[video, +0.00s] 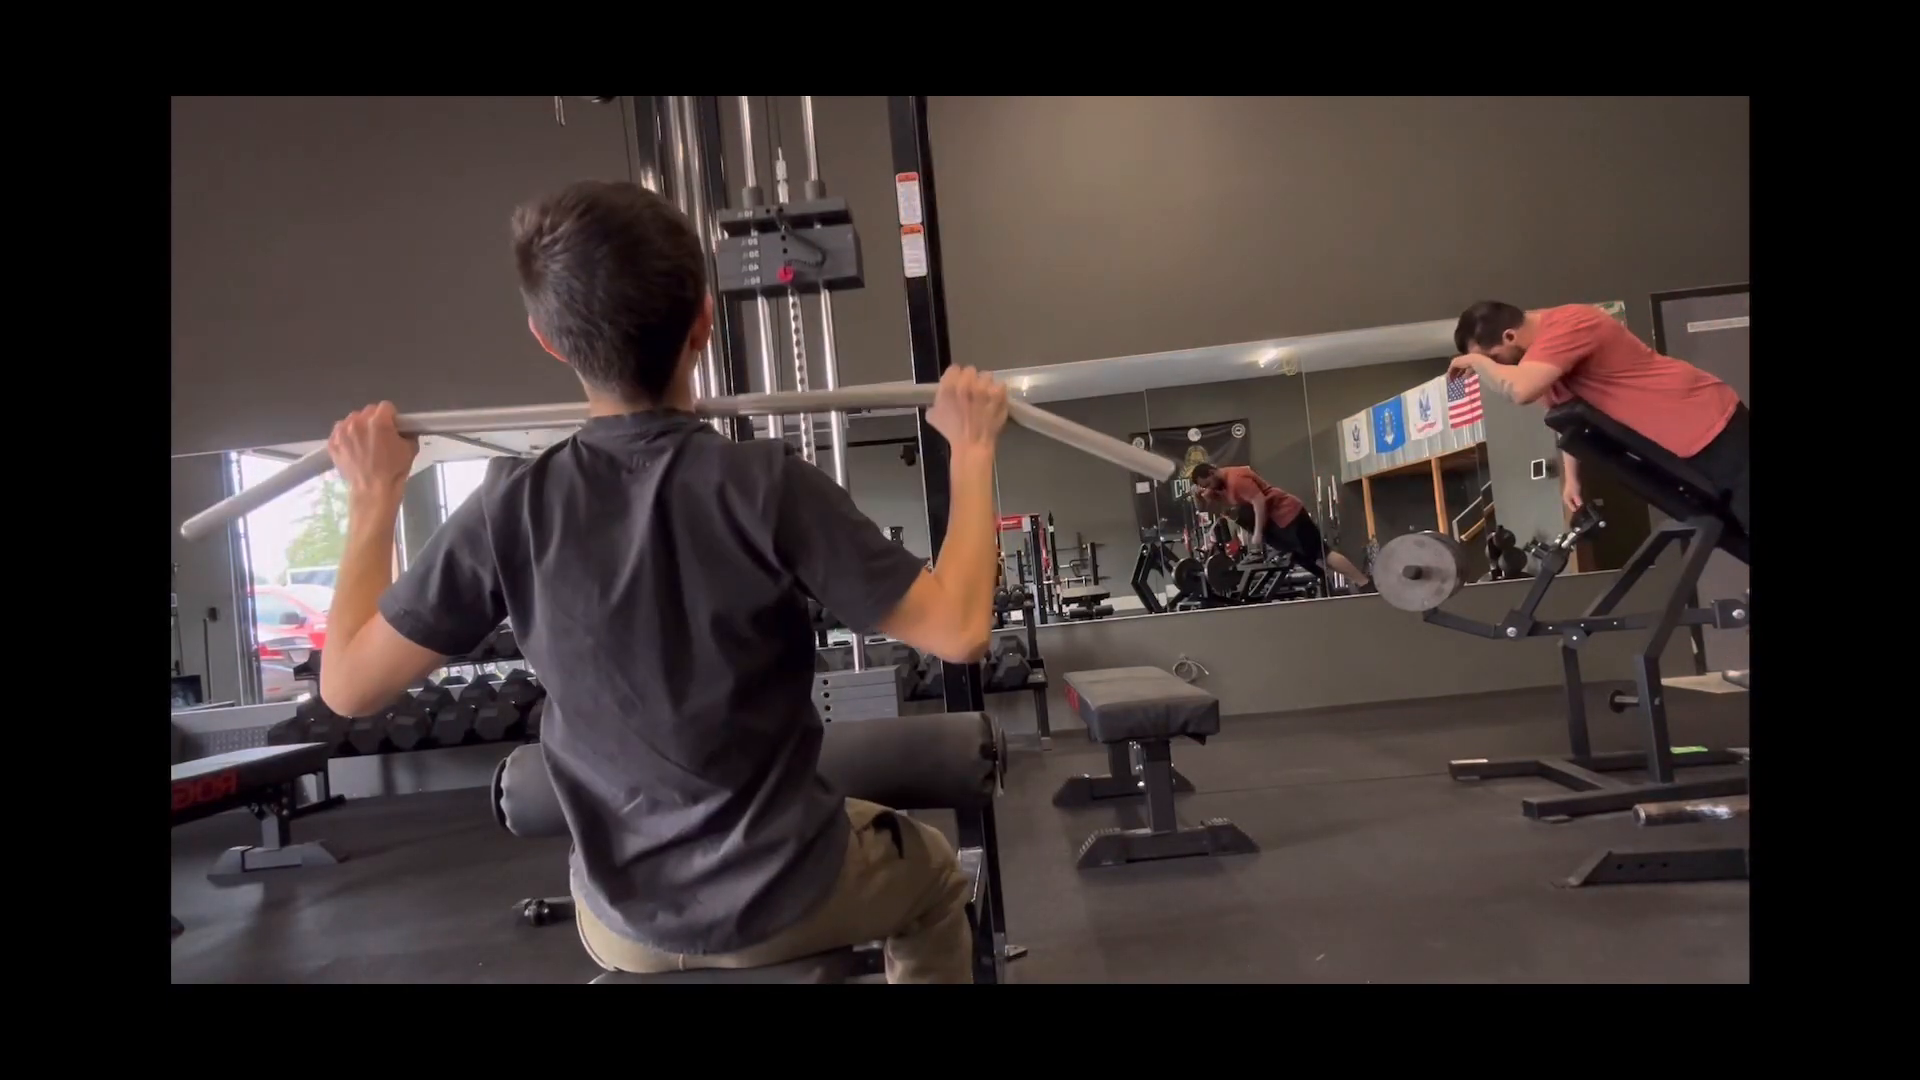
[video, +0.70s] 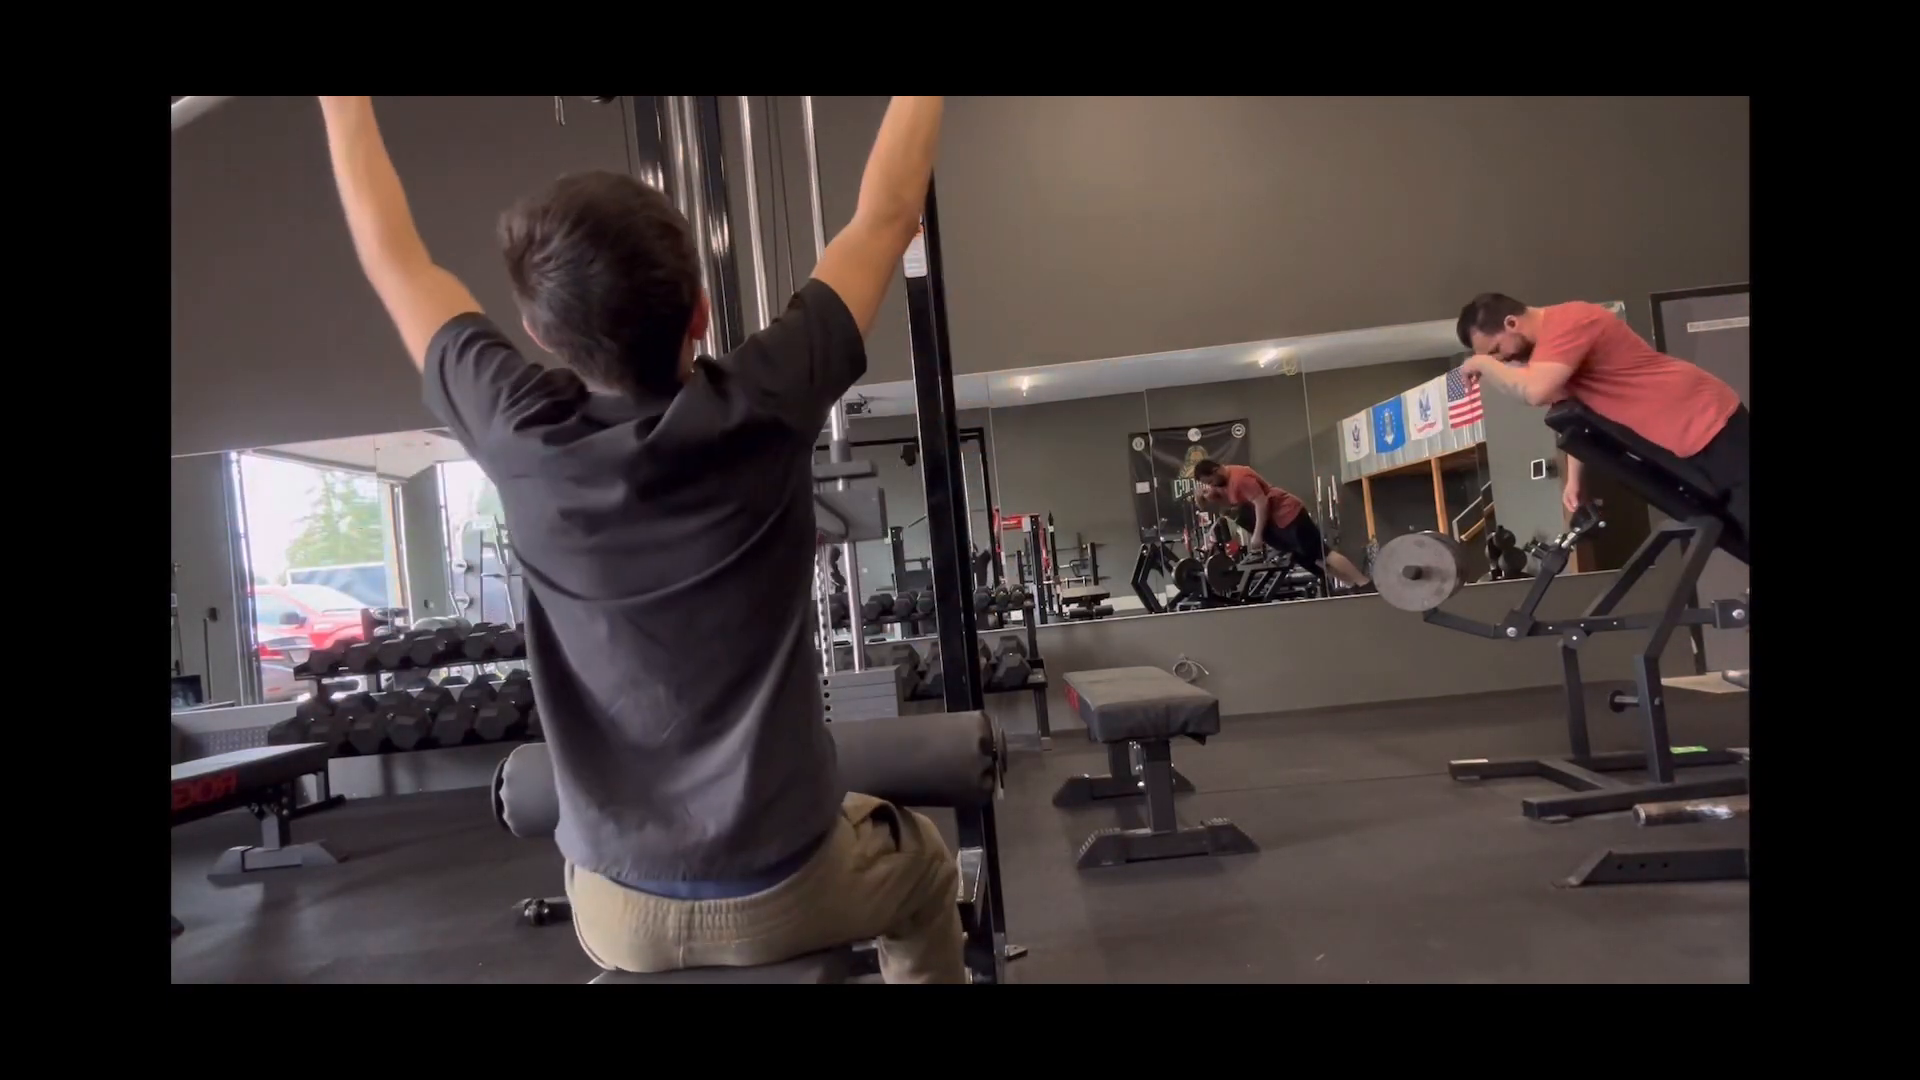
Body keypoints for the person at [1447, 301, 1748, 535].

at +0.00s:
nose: (1497, 365)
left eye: (1495, 358)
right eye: (1492, 361)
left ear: (1509, 337)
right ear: (1509, 331)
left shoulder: (1570, 323)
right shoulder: (1541, 355)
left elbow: (1521, 389)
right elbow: (1567, 421)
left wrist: (1479, 361)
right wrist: (1571, 480)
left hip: (1710, 422)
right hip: (1677, 444)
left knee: (1744, 522)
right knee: (1728, 530)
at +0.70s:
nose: (1500, 360)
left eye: (1497, 350)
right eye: (1493, 355)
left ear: (1511, 322)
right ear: (1510, 323)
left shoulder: (1568, 321)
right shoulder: (1543, 349)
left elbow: (1537, 391)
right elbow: (1572, 420)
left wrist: (1485, 364)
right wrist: (1573, 481)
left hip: (1707, 419)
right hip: (1678, 441)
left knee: (1745, 520)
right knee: (1731, 528)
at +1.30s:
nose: (1507, 335)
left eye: (1504, 324)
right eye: (1499, 330)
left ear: (1526, 298)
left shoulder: (1584, 319)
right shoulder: (1528, 358)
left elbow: (1569, 412)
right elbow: (1519, 424)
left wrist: (1524, 475)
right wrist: (1496, 490)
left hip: (1707, 421)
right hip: (1668, 448)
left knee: (1745, 520)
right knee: (1731, 534)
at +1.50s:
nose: (1503, 328)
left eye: (1502, 315)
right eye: (1495, 321)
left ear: (1528, 293)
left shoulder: (1575, 321)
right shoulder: (1520, 355)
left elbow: (1541, 421)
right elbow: (1504, 421)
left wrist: (1497, 486)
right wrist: (1482, 490)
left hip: (1708, 423)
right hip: (1669, 449)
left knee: (1744, 522)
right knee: (1731, 535)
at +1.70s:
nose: (1499, 321)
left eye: (1500, 308)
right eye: (1492, 313)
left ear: (1530, 291)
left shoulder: (1571, 323)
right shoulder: (1518, 356)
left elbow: (1534, 420)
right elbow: (1500, 421)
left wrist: (1490, 488)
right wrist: (1477, 492)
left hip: (1707, 423)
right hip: (1668, 448)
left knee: (1744, 523)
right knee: (1731, 535)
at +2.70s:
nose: (1500, 296)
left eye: (1508, 285)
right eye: (1499, 288)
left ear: (1542, 281)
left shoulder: (1571, 321)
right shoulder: (1518, 354)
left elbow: (1540, 418)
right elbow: (1504, 419)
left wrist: (1502, 486)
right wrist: (1480, 489)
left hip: (1706, 421)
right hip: (1668, 448)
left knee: (1745, 522)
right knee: (1732, 533)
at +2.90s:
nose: (1503, 297)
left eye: (1511, 285)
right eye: (1501, 289)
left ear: (1545, 280)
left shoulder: (1575, 319)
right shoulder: (1519, 353)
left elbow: (1541, 416)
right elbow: (1505, 418)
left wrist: (1502, 482)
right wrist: (1482, 484)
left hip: (1708, 421)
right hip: (1667, 448)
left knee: (1745, 517)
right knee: (1731, 530)